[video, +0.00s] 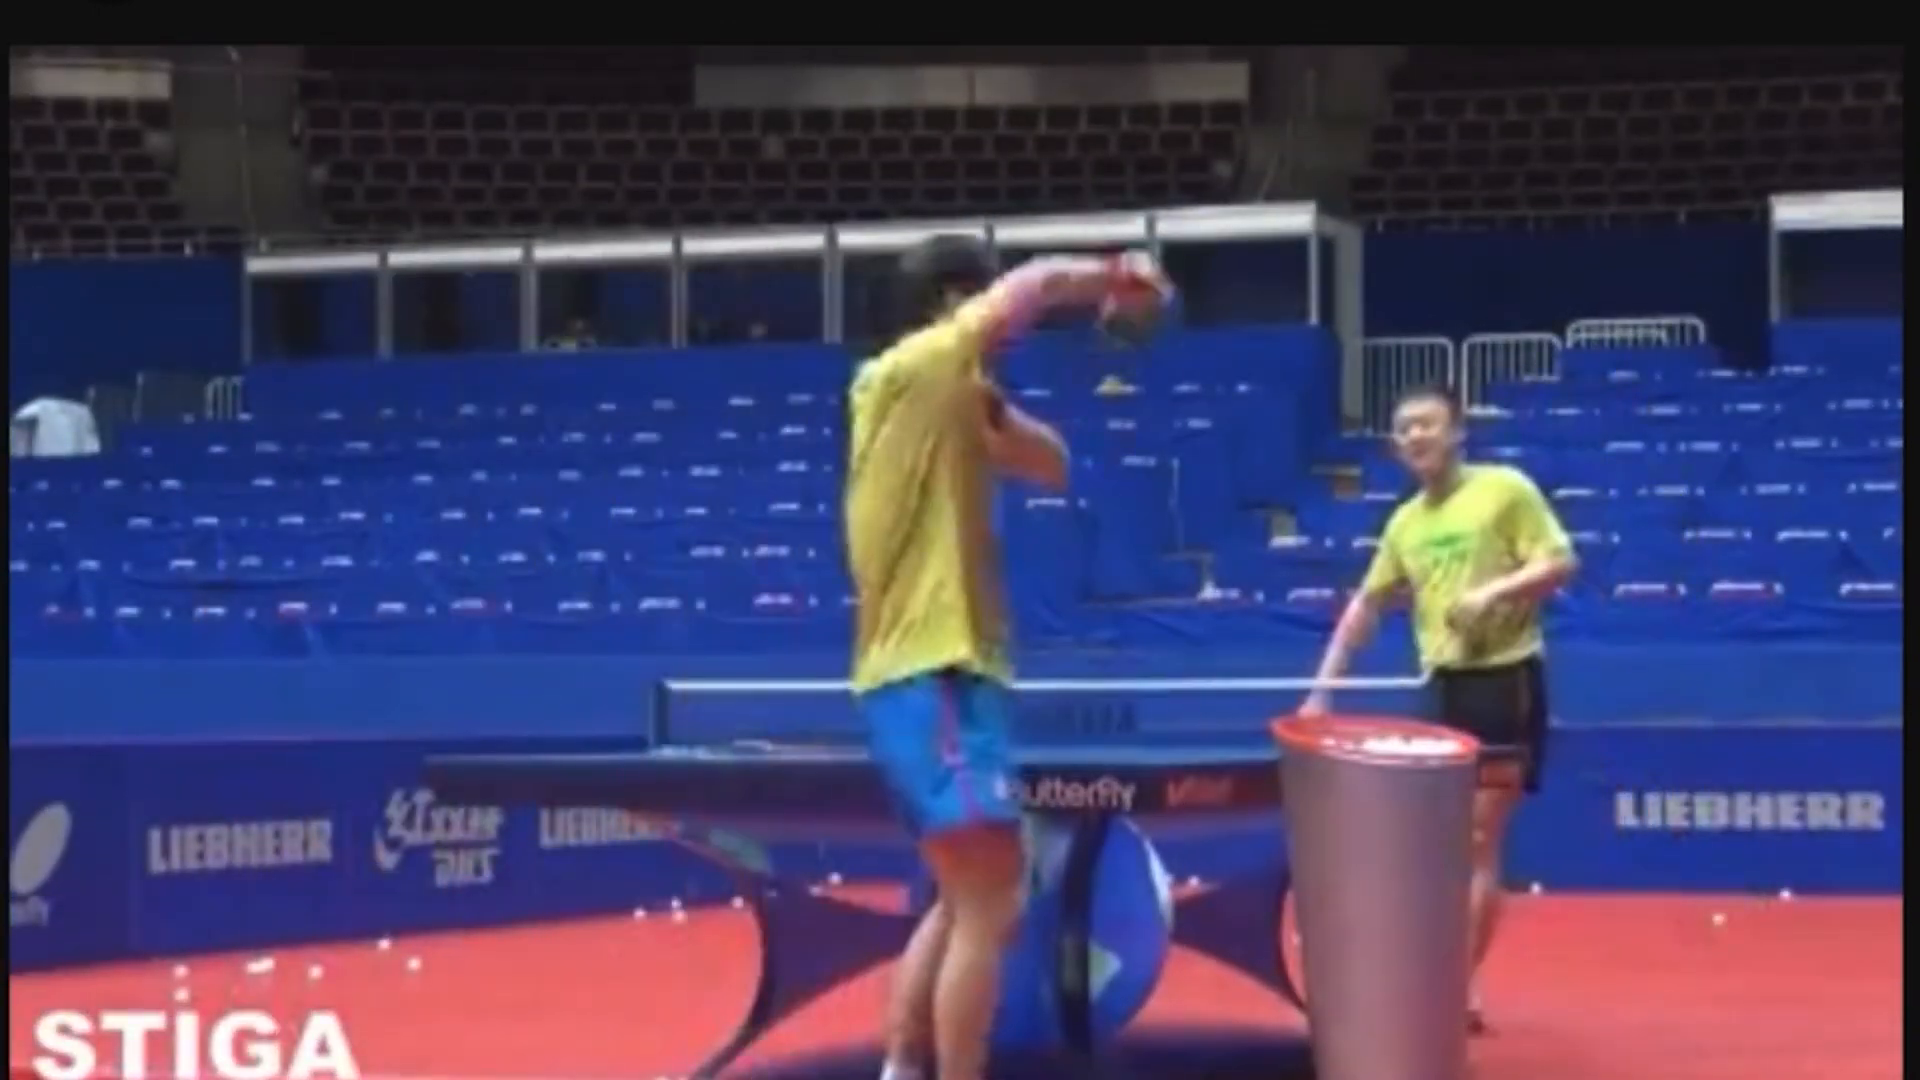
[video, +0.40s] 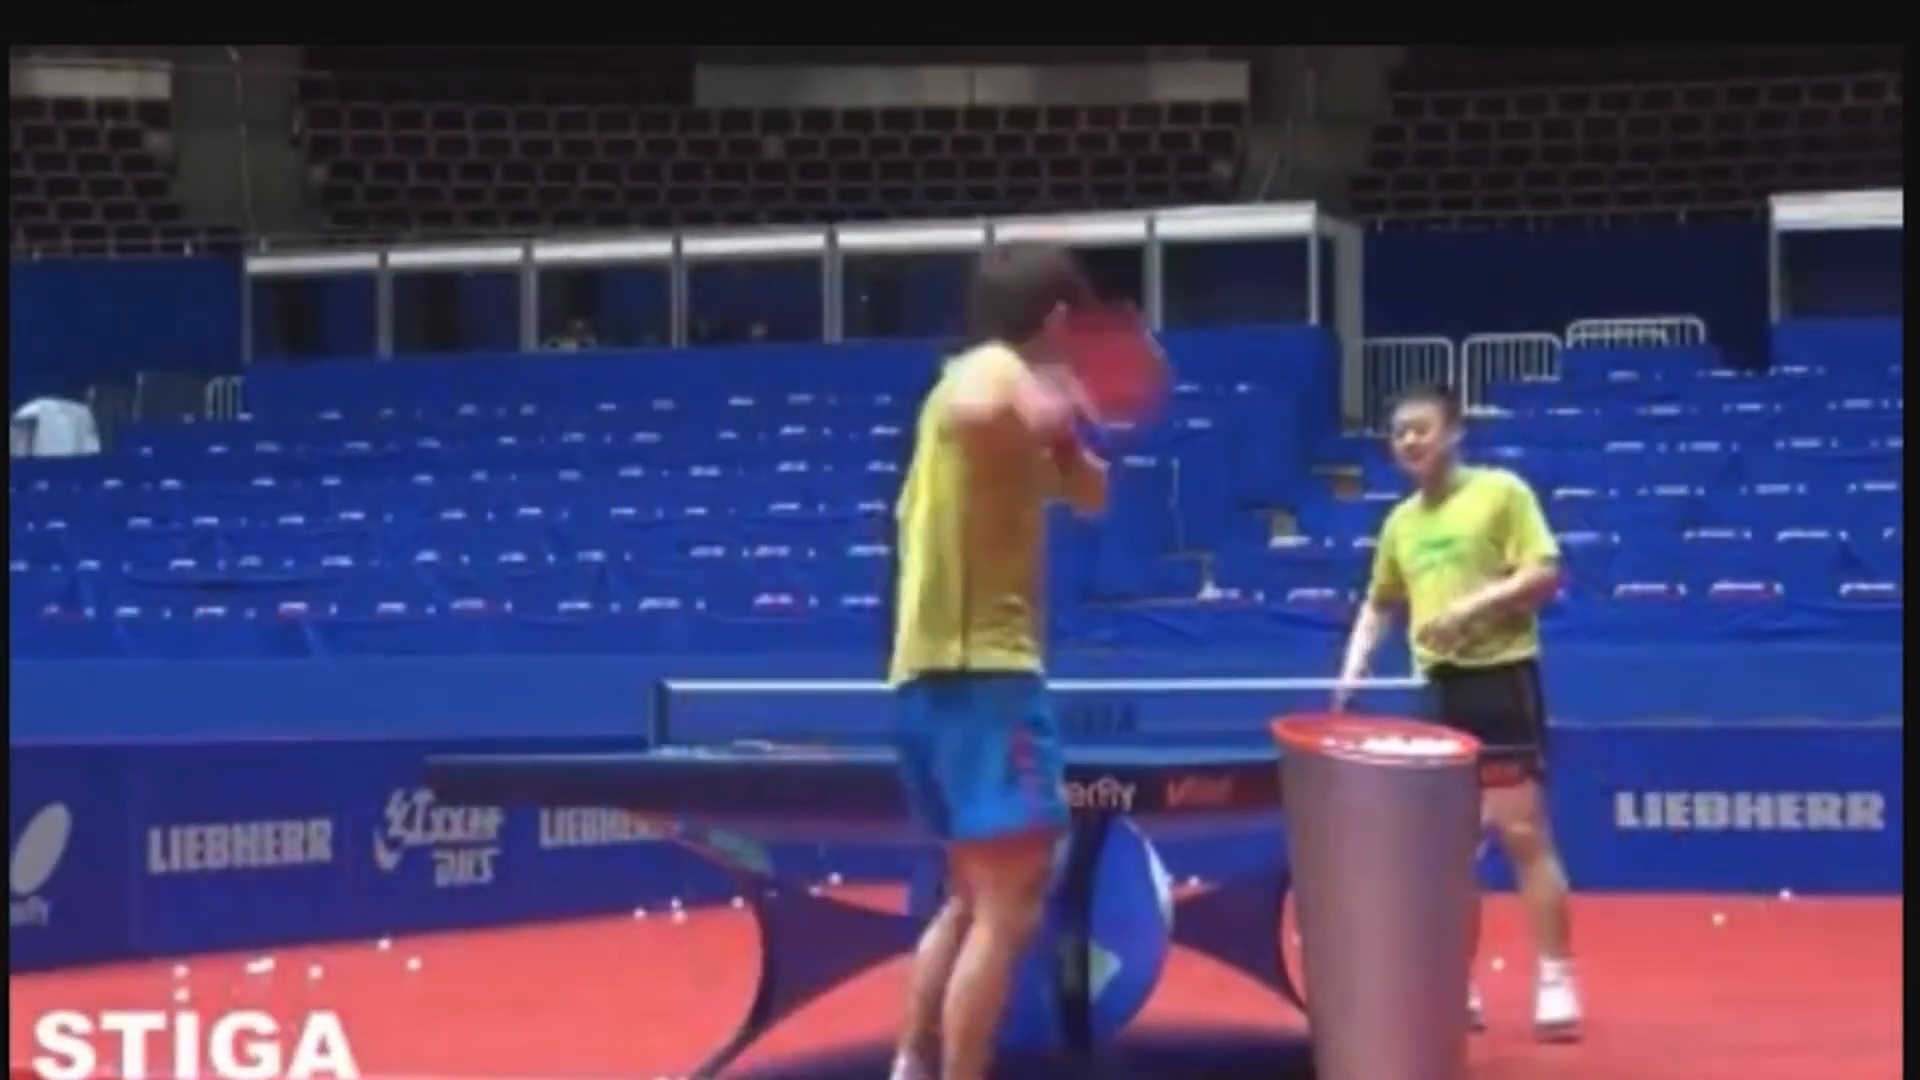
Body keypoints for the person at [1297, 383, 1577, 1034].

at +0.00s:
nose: (1418, 437)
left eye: (1430, 425)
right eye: (1408, 428)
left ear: (1458, 431)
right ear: (1396, 443)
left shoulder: (1505, 488)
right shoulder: (1404, 523)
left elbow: (1559, 560)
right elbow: (1365, 605)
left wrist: (1489, 595)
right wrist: (1323, 686)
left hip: (1504, 675)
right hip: (1443, 679)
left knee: (1481, 841)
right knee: (1435, 838)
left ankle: (1461, 987)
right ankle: (1431, 984)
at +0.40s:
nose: (1409, 443)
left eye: (1421, 429)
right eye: (1400, 433)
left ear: (1453, 432)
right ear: (1393, 446)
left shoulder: (1500, 491)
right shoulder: (1400, 523)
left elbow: (1543, 569)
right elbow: (1379, 606)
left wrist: (1467, 610)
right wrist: (1352, 669)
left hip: (1504, 670)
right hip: (1441, 678)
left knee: (1519, 827)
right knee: (1446, 840)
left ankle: (1554, 973)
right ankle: (1454, 984)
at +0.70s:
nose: (1451, 436)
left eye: (1464, 423)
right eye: (1441, 425)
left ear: (1493, 430)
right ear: (1430, 436)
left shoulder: (1533, 497)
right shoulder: (1422, 512)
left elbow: (1553, 582)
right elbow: (1405, 585)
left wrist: (1472, 598)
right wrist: (1427, 602)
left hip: (1525, 672)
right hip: (1453, 676)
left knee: (1555, 840)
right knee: (1453, 844)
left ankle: (1586, 982)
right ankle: (1457, 984)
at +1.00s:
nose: (1541, 433)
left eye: (1555, 422)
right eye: (1532, 421)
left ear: (1581, 432)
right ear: (1518, 430)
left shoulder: (1609, 514)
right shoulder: (1485, 500)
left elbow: (1613, 605)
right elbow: (1454, 579)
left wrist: (1546, 613)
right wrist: (1500, 619)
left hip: (1566, 684)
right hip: (1492, 680)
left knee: (1579, 846)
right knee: (1476, 840)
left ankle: (1590, 985)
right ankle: (1463, 979)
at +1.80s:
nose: (1495, 438)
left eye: (1509, 425)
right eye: (1491, 425)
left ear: (1544, 435)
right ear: (1485, 435)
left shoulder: (1585, 506)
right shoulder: (1466, 504)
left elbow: (1604, 592)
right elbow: (1441, 580)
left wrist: (1532, 566)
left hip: (1543, 687)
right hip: (1467, 681)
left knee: (1558, 847)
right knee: (1442, 841)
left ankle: (1587, 988)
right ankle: (1421, 991)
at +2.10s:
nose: (1416, 439)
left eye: (1427, 426)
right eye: (1410, 426)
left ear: (1458, 430)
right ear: (1404, 434)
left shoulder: (1504, 492)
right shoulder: (1393, 494)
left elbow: (1517, 576)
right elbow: (1373, 588)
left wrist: (1452, 528)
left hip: (1488, 674)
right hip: (1411, 677)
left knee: (1528, 844)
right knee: (1400, 844)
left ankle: (1576, 981)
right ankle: (1398, 993)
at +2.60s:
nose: (1340, 452)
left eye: (1349, 437)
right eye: (1331, 440)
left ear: (1378, 434)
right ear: (1325, 447)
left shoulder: (1437, 476)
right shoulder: (1339, 509)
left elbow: (1458, 562)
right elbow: (1334, 609)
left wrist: (1389, 524)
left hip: (1471, 664)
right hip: (1400, 675)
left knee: (1490, 830)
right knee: (1405, 834)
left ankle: (1490, 980)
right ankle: (1407, 984)